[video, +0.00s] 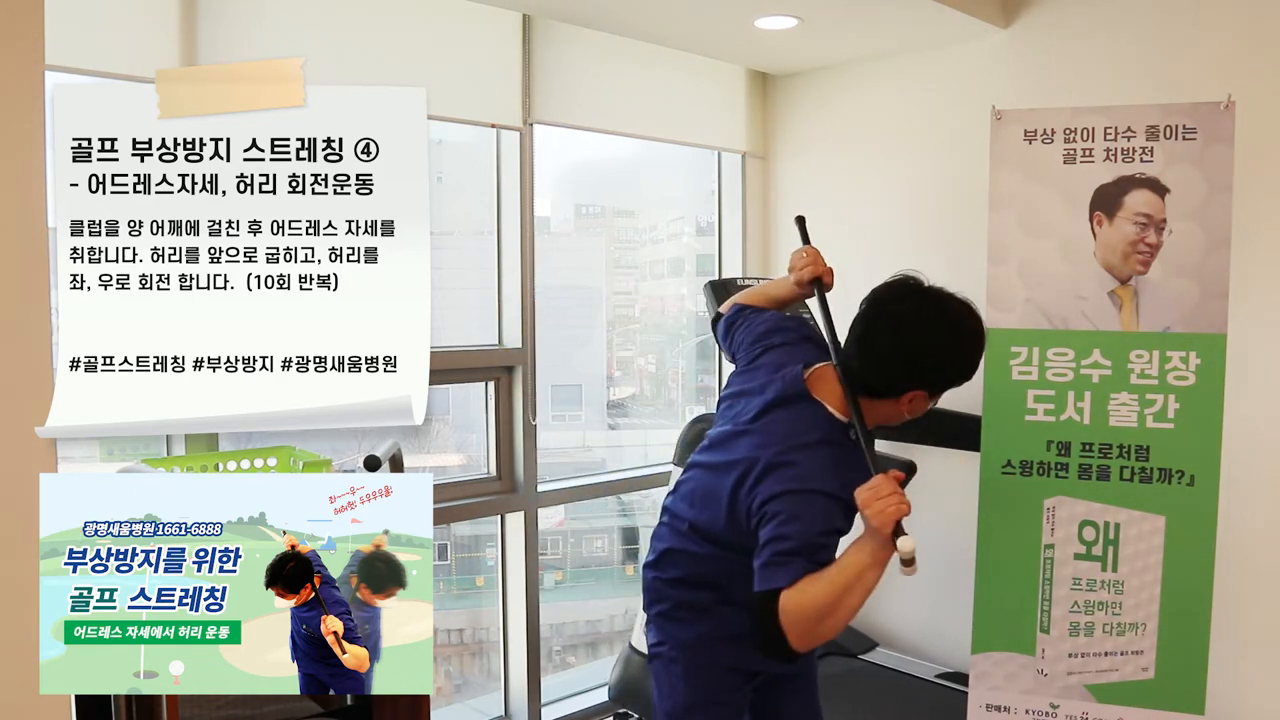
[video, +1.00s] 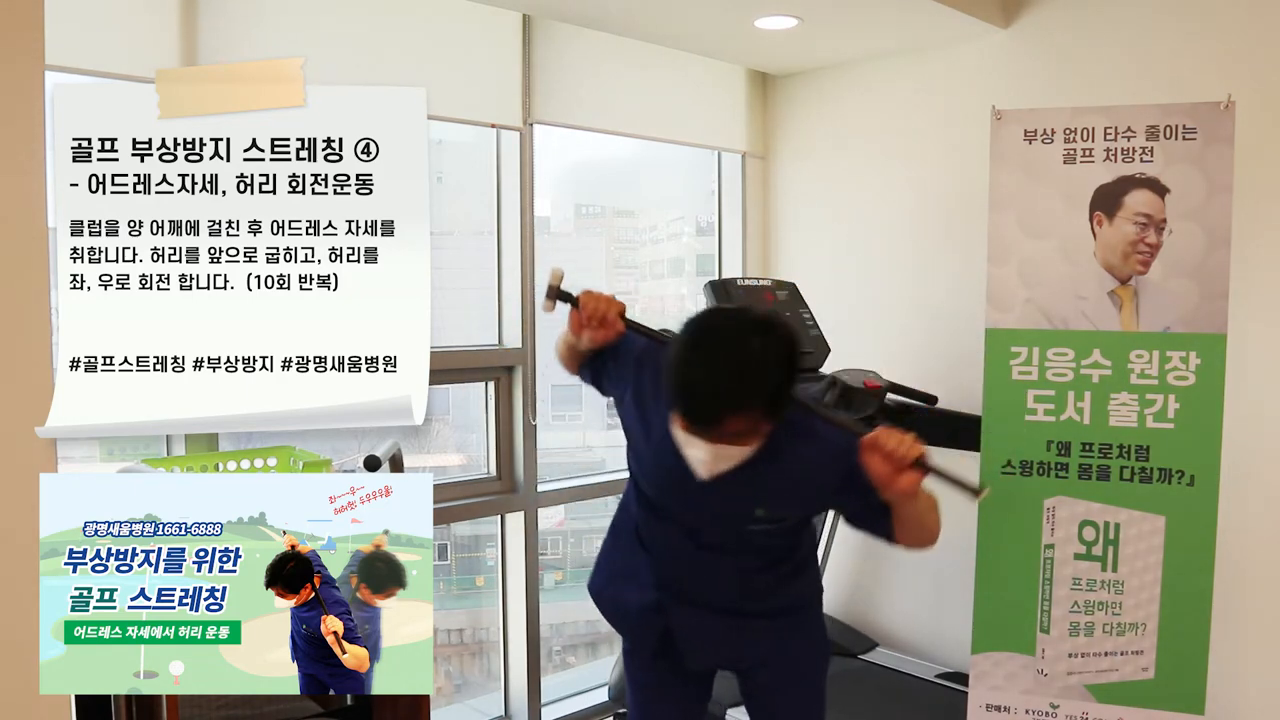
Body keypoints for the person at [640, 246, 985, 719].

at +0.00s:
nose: (933, 402)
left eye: (941, 392)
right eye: (938, 393)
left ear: (860, 334)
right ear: (912, 403)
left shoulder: (786, 344)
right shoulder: (810, 478)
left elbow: (734, 311)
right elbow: (794, 629)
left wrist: (793, 285)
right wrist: (874, 542)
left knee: (795, 709)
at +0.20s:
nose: (936, 403)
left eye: (944, 393)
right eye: (941, 394)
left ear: (863, 337)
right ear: (912, 402)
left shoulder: (793, 342)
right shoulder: (805, 473)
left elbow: (745, 311)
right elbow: (788, 624)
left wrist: (801, 287)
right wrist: (864, 540)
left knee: (798, 709)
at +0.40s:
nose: (939, 411)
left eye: (944, 400)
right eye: (937, 401)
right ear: (887, 398)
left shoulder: (819, 353)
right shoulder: (760, 438)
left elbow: (800, 322)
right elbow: (702, 587)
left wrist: (853, 304)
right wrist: (791, 518)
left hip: (789, 608)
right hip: (698, 631)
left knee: (797, 709)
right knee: (698, 710)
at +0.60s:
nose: (875, 441)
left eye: (888, 431)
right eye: (869, 425)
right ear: (827, 388)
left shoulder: (852, 412)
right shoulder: (720, 408)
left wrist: (920, 360)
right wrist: (667, 437)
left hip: (794, 628)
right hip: (690, 630)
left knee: (802, 711)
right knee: (679, 710)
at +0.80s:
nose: (800, 454)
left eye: (819, 442)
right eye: (786, 437)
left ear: (845, 417)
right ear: (749, 392)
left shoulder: (866, 427)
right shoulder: (679, 393)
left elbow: (930, 476)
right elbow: (552, 402)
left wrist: (941, 443)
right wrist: (594, 374)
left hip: (789, 624)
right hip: (674, 623)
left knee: (802, 711)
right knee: (670, 710)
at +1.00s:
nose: (710, 449)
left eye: (729, 439)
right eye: (694, 432)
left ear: (764, 421)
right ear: (677, 396)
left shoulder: (820, 449)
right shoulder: (645, 372)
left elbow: (921, 536)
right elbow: (574, 360)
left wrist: (904, 495)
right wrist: (579, 338)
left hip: (775, 626)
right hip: (660, 613)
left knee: (794, 712)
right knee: (658, 712)